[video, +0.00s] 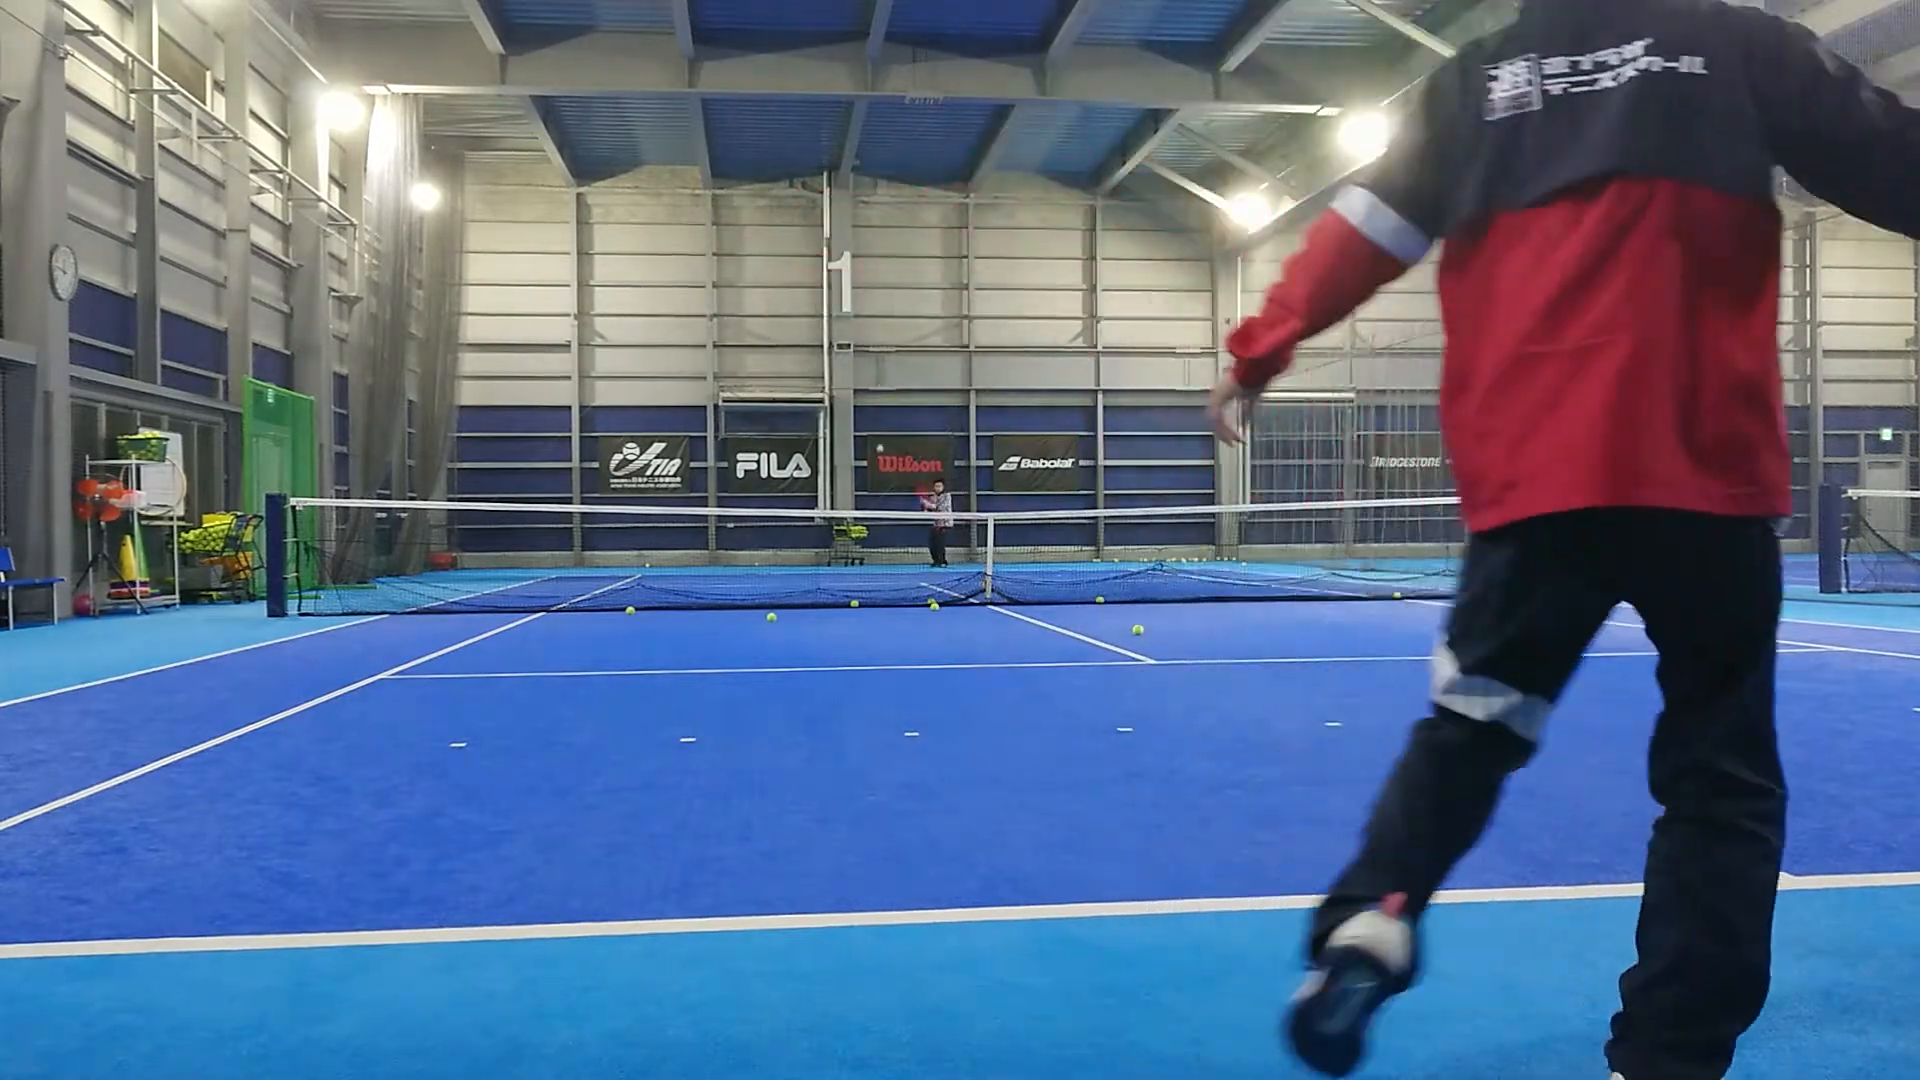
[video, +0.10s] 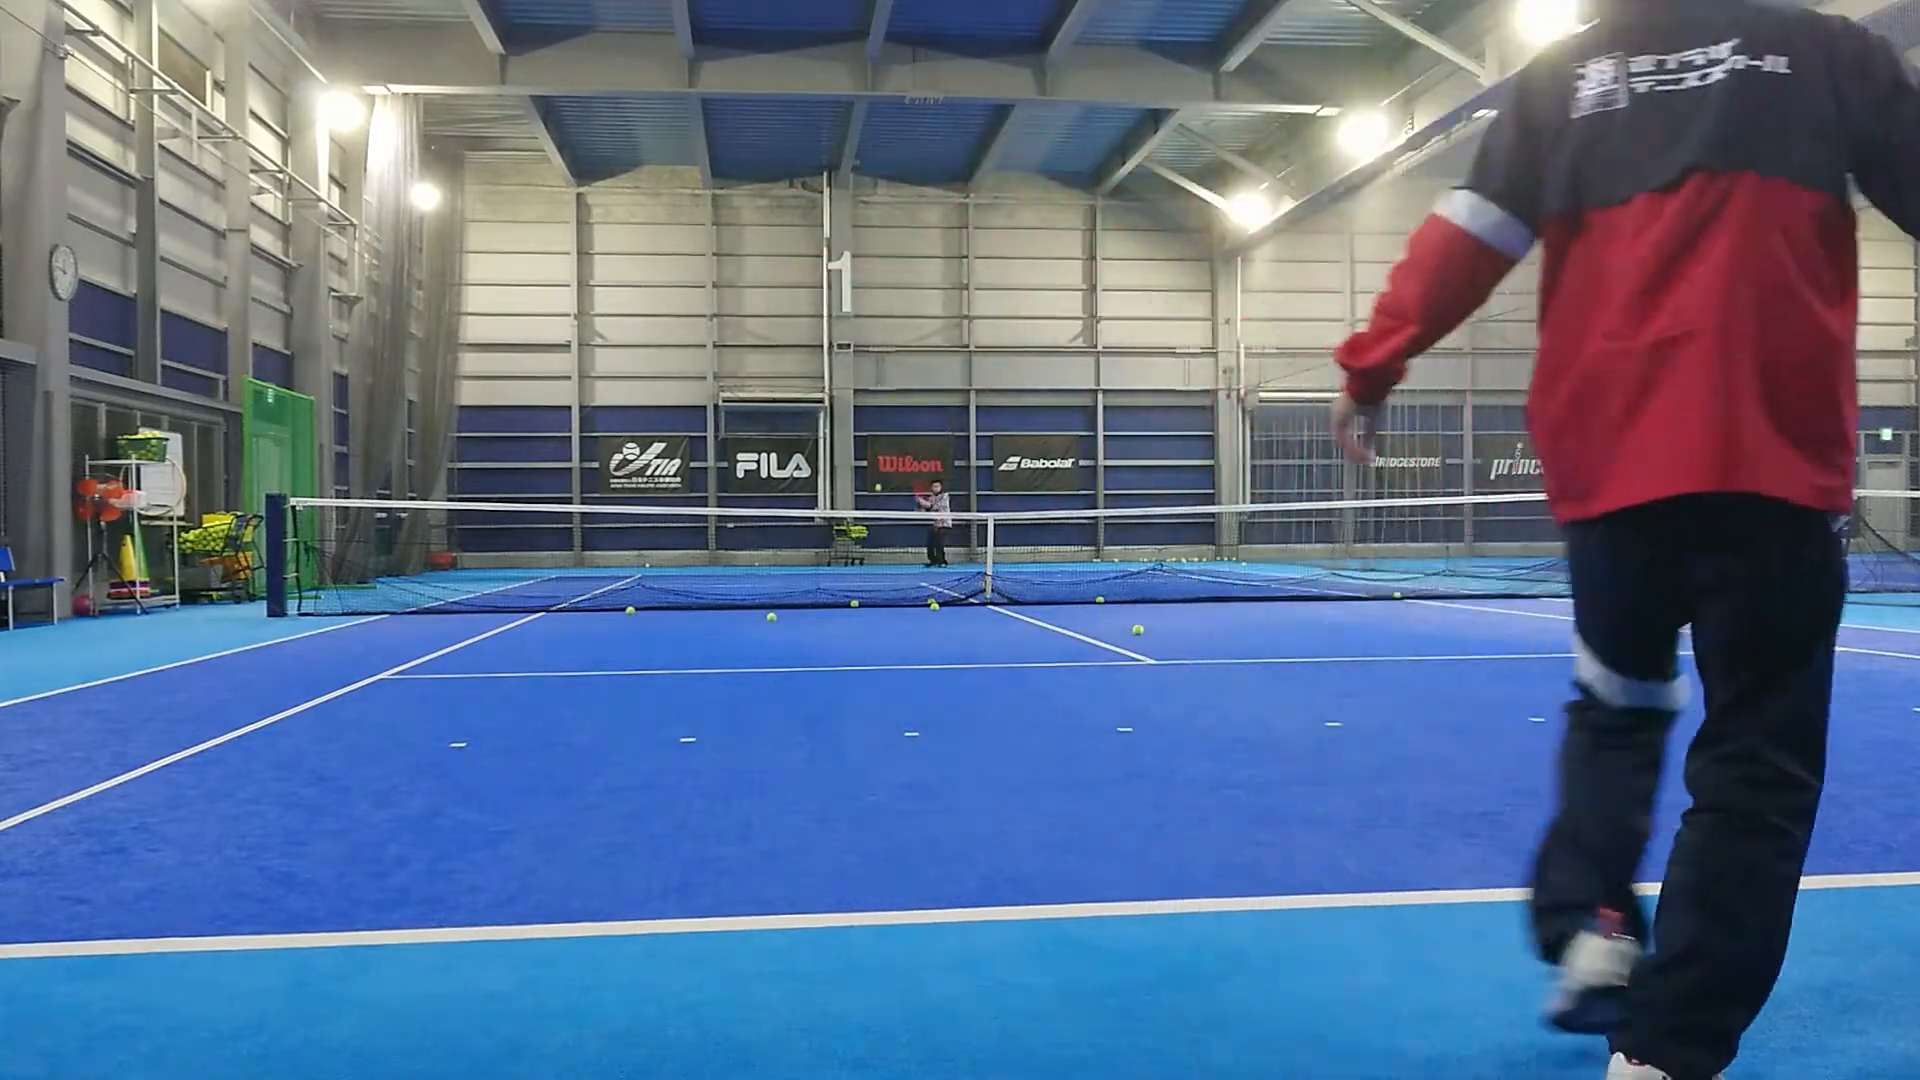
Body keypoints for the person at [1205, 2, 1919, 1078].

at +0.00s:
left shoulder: (1474, 74)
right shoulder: (1743, 41)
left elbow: (1363, 234)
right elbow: (1905, 168)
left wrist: (1255, 350)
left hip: (1533, 465)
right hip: (1711, 465)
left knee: (1476, 715)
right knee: (1721, 769)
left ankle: (1372, 916)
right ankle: (1674, 1053)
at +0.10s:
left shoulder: (1554, 83)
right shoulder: (1839, 55)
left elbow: (1454, 256)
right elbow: (1917, 196)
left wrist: (1370, 364)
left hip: (1609, 459)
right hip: (1777, 460)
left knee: (1617, 708)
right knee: (1761, 758)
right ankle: (1669, 1050)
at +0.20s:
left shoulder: (1649, 57)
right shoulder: (1901, 34)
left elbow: (1558, 235)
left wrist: (1455, 357)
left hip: (1692, 424)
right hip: (1867, 419)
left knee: (1741, 714)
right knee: (1797, 725)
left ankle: (1825, 960)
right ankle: (1690, 998)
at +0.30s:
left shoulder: (1723, 87)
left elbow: (1635, 255)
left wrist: (1524, 377)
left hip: (1773, 463)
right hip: (1905, 448)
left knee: (1848, 729)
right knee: (1907, 726)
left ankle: (1902, 971)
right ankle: (1807, 915)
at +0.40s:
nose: (1818, 14)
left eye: (1818, 9)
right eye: (1818, 12)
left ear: (1842, 2)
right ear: (1889, 2)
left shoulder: (1808, 99)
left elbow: (1707, 293)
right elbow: (1710, 290)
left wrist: (1621, 399)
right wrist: (1631, 392)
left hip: (1874, 477)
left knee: (1877, 730)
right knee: (1878, 723)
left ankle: (1912, 977)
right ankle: (1908, 971)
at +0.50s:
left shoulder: (1878, 75)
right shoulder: (1870, 78)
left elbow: (1786, 271)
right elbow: (1790, 267)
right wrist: (1787, 359)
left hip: (1909, 483)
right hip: (1900, 483)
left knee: (1891, 726)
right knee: (1889, 722)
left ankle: (1913, 973)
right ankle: (1909, 966)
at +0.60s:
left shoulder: (1919, 83)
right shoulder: (1912, 87)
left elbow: (1876, 278)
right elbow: (1880, 280)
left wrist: (1919, 354)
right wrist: (1919, 353)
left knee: (1909, 725)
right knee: (1908, 724)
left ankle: (1914, 964)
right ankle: (1910, 961)